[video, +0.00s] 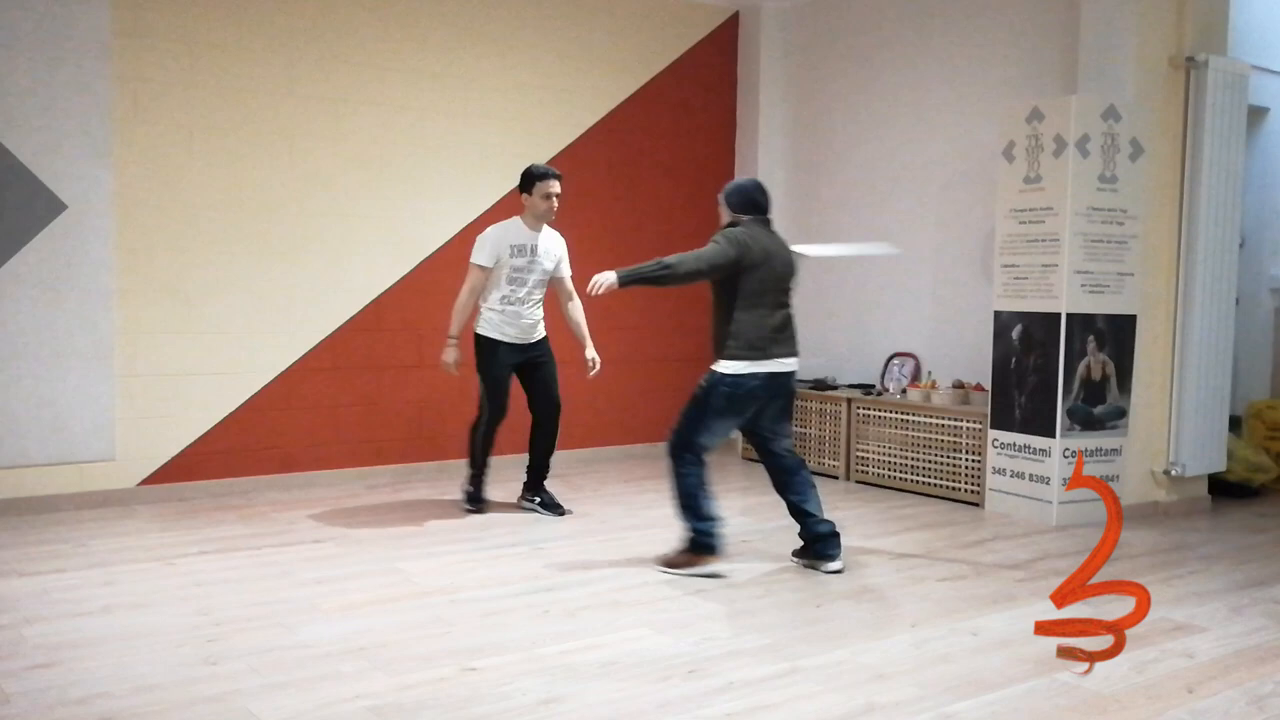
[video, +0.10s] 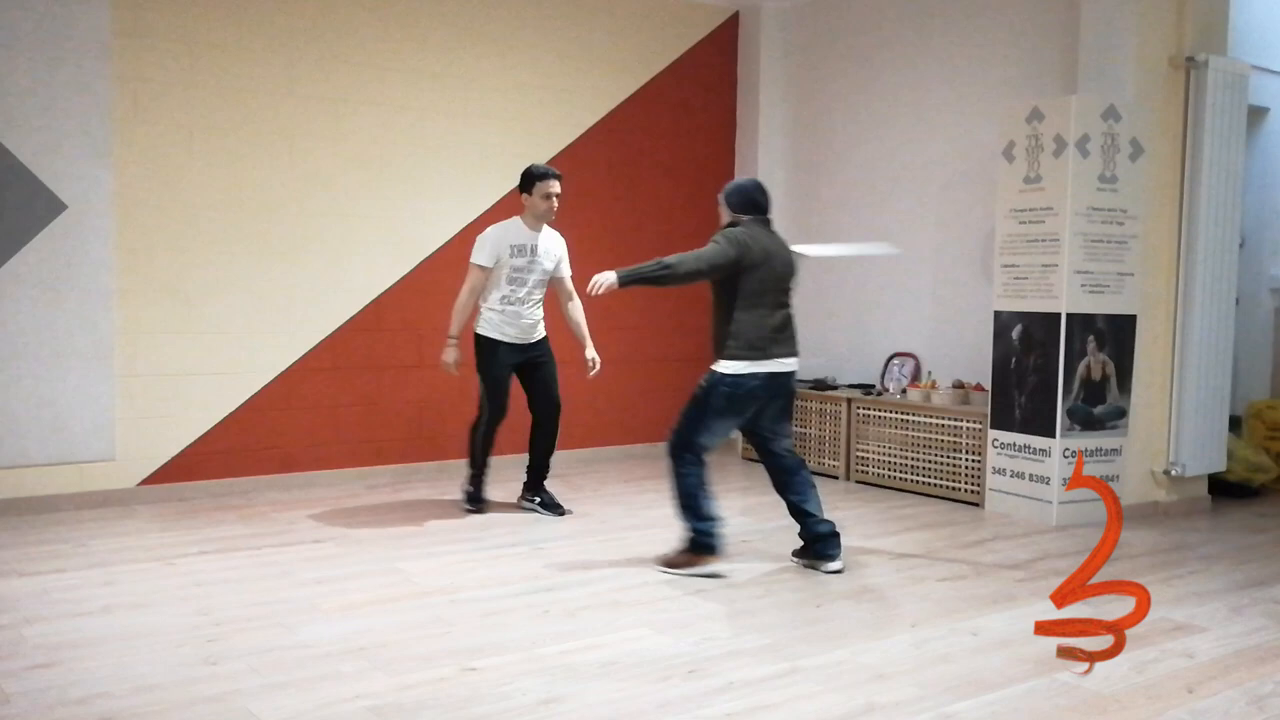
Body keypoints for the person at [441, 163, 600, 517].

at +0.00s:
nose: (555, 203)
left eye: (558, 196)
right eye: (548, 196)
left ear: (558, 198)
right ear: (525, 197)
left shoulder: (555, 242)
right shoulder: (495, 236)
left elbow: (570, 298)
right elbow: (470, 290)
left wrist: (588, 344)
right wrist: (451, 341)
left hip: (534, 339)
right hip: (494, 338)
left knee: (549, 408)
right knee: (493, 411)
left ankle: (534, 488)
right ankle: (475, 486)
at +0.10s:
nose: (555, 203)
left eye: (558, 196)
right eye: (548, 196)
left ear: (558, 198)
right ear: (525, 197)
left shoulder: (555, 242)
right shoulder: (495, 236)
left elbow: (570, 298)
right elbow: (470, 290)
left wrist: (588, 344)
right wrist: (451, 341)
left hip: (534, 339)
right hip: (494, 338)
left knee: (549, 408)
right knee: (493, 411)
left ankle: (534, 488)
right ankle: (475, 486)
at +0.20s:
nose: (542, 207)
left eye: (545, 200)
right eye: (534, 200)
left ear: (546, 202)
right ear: (512, 201)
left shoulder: (547, 247)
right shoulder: (483, 242)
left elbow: (562, 302)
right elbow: (460, 293)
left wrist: (581, 348)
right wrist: (440, 345)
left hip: (527, 346)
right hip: (483, 345)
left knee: (547, 408)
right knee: (465, 412)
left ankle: (534, 488)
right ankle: (440, 472)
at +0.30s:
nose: (513, 207)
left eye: (517, 200)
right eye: (505, 201)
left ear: (520, 202)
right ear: (486, 202)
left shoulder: (530, 245)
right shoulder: (464, 244)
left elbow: (546, 299)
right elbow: (442, 300)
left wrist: (563, 347)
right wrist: (433, 349)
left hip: (517, 345)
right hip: (471, 347)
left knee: (542, 406)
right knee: (443, 409)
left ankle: (533, 485)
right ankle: (415, 468)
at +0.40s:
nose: (480, 223)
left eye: (484, 216)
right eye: (472, 217)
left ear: (489, 216)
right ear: (455, 218)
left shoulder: (507, 254)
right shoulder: (440, 263)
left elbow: (526, 310)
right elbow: (427, 318)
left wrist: (543, 356)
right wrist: (429, 360)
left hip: (503, 354)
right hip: (457, 359)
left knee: (537, 400)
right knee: (432, 422)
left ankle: (519, 475)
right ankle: (414, 471)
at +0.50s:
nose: (462, 246)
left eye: (466, 239)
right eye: (454, 240)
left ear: (471, 238)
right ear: (437, 241)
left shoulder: (491, 273)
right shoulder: (425, 286)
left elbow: (513, 325)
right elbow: (420, 334)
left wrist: (532, 363)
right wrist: (427, 367)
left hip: (495, 365)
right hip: (451, 371)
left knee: (528, 405)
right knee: (427, 434)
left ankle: (514, 478)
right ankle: (418, 472)